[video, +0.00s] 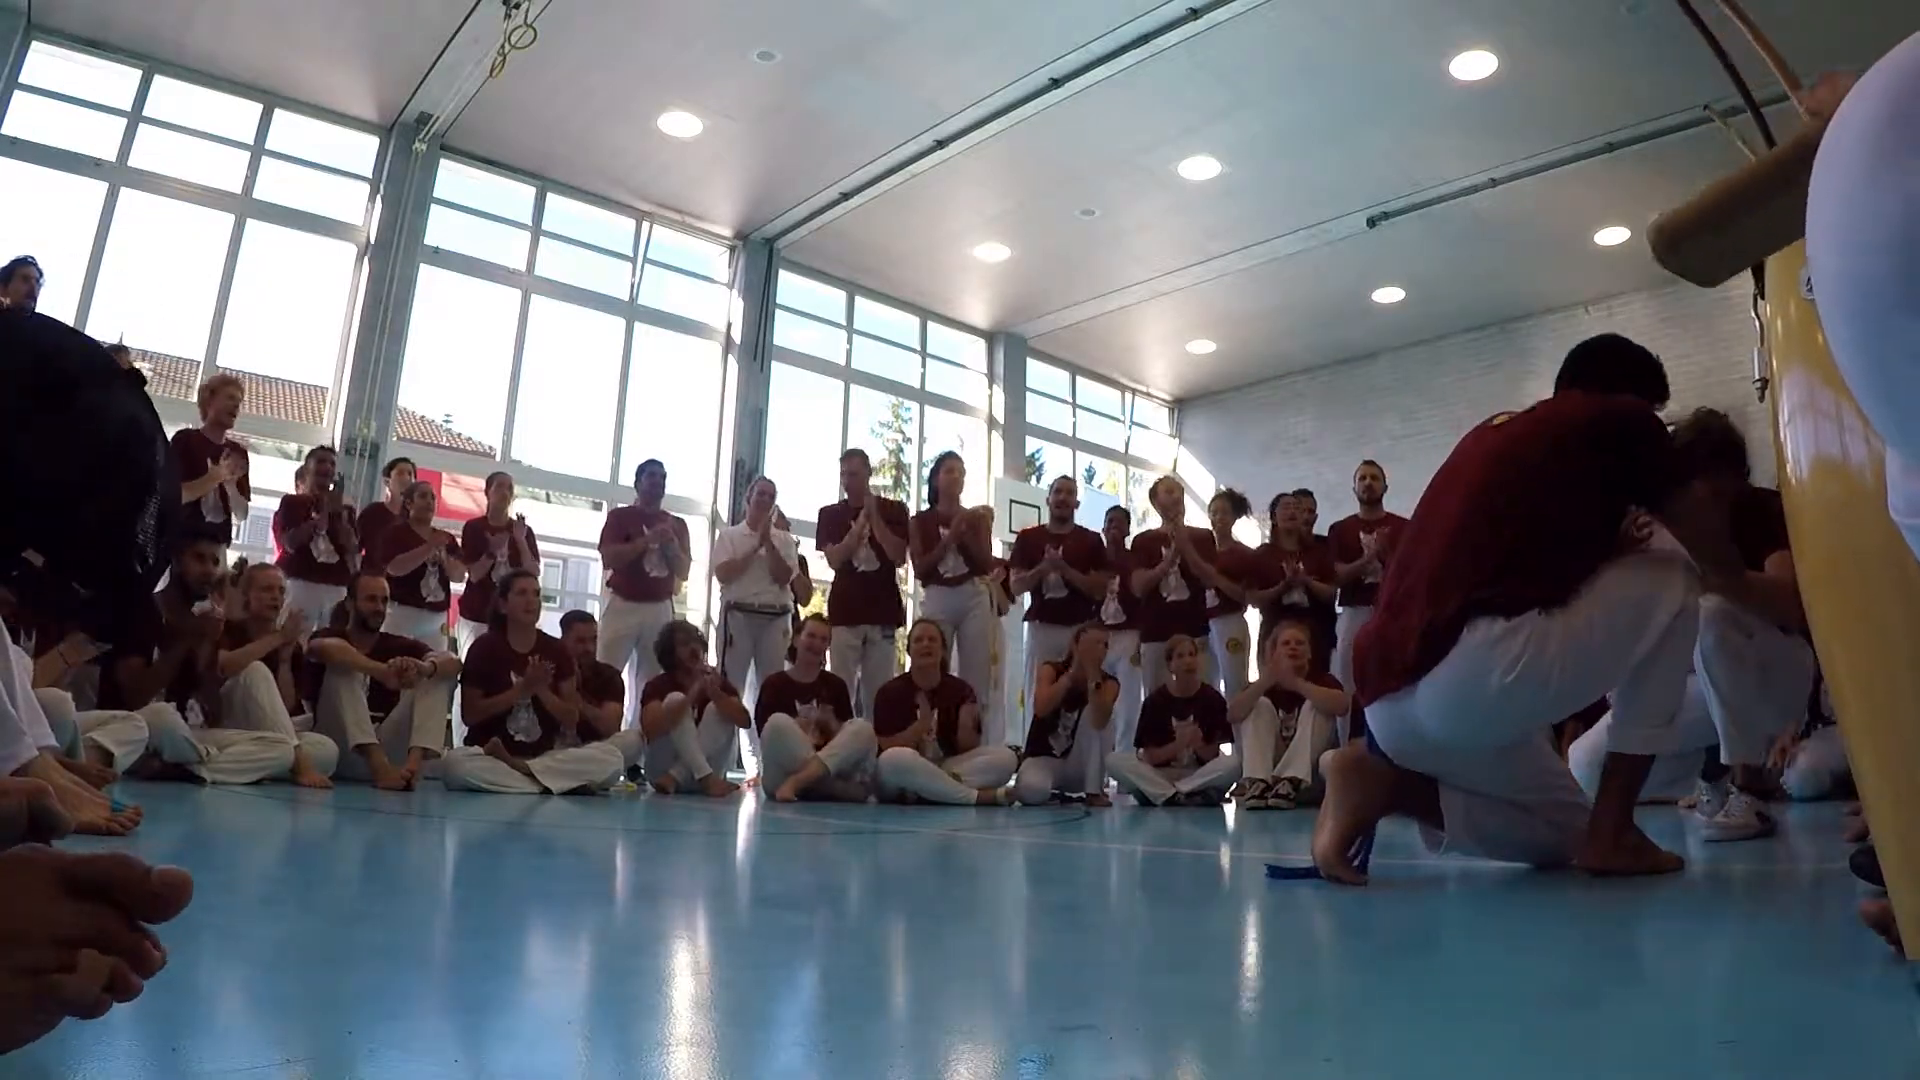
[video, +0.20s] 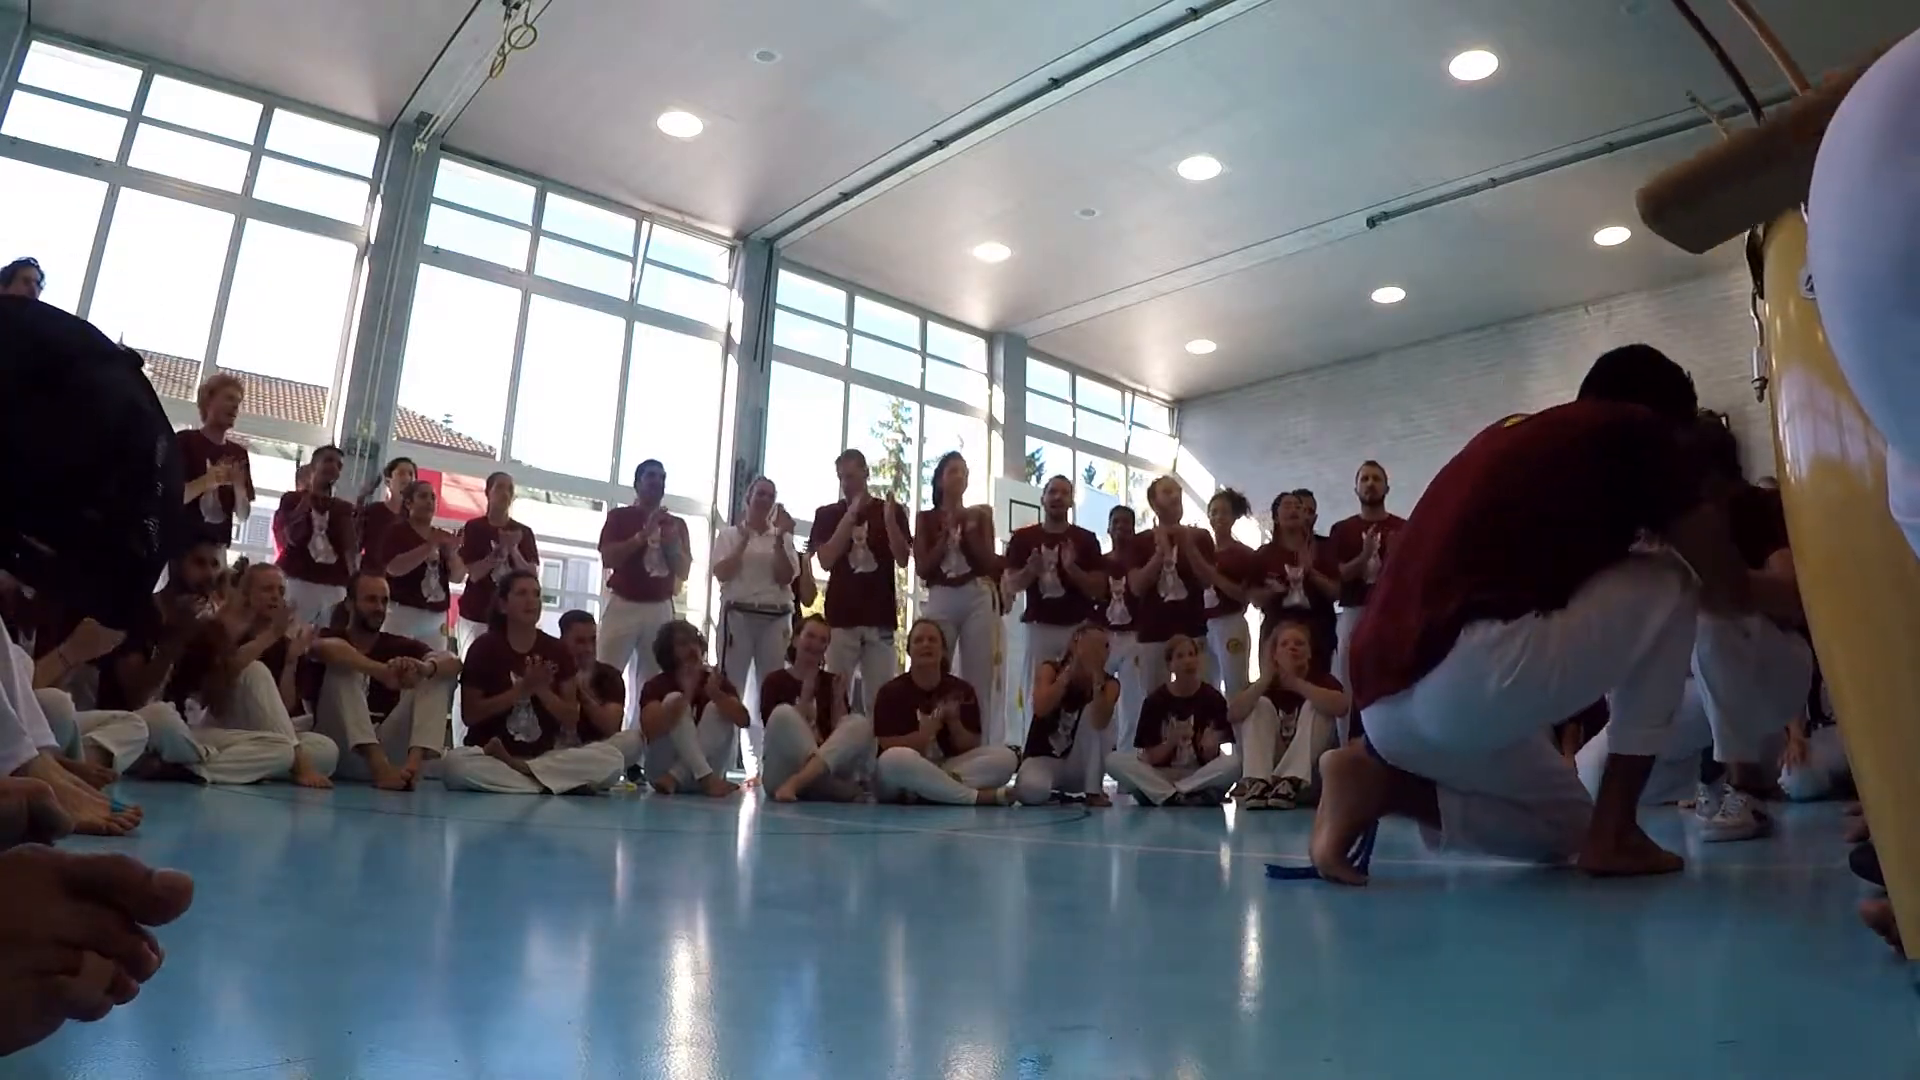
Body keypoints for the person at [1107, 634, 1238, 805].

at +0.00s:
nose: (1188, 660)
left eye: (1192, 654)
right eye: (1180, 656)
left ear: (1198, 659)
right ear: (1170, 665)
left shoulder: (1212, 698)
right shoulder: (1154, 701)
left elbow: (1213, 754)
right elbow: (1149, 757)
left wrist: (1196, 742)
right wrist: (1179, 744)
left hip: (1199, 770)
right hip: (1161, 772)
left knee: (1232, 763)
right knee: (1114, 760)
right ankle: (1172, 796)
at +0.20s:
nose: (1188, 660)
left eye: (1192, 654)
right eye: (1180, 656)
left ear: (1198, 659)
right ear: (1169, 665)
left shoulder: (1212, 697)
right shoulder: (1154, 701)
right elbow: (1150, 758)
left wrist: (1212, 741)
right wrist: (1170, 744)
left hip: (1200, 770)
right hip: (1163, 772)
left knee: (1232, 763)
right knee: (1114, 760)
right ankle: (1172, 795)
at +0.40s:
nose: (1186, 660)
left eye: (1190, 654)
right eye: (1179, 657)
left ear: (1197, 658)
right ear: (1169, 665)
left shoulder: (1213, 697)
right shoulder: (1155, 699)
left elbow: (1212, 754)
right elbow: (1148, 757)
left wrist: (1194, 740)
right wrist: (1179, 743)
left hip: (1200, 771)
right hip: (1161, 772)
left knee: (1233, 763)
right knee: (1114, 760)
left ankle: (1171, 793)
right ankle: (1173, 796)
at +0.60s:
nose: (1185, 661)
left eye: (1189, 655)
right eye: (1178, 657)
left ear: (1196, 659)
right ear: (1169, 664)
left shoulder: (1214, 698)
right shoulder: (1154, 700)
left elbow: (1214, 758)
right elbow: (1146, 759)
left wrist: (1207, 749)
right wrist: (1165, 744)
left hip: (1199, 772)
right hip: (1161, 773)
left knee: (1232, 763)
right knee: (1113, 760)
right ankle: (1173, 796)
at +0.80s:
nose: (1185, 661)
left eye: (1190, 655)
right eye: (1178, 657)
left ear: (1197, 660)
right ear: (1167, 665)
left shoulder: (1214, 699)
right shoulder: (1153, 701)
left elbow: (1211, 755)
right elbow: (1150, 758)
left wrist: (1194, 741)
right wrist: (1180, 743)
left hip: (1199, 772)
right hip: (1161, 772)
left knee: (1233, 763)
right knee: (1114, 759)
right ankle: (1173, 796)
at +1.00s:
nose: (1183, 665)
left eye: (1186, 659)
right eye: (1178, 659)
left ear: (1193, 664)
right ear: (1166, 665)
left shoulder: (1206, 698)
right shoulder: (1153, 701)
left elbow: (1212, 755)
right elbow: (1147, 758)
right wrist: (1168, 742)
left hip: (1199, 772)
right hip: (1161, 774)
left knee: (1235, 761)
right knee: (1114, 759)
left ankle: (1170, 794)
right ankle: (1173, 797)